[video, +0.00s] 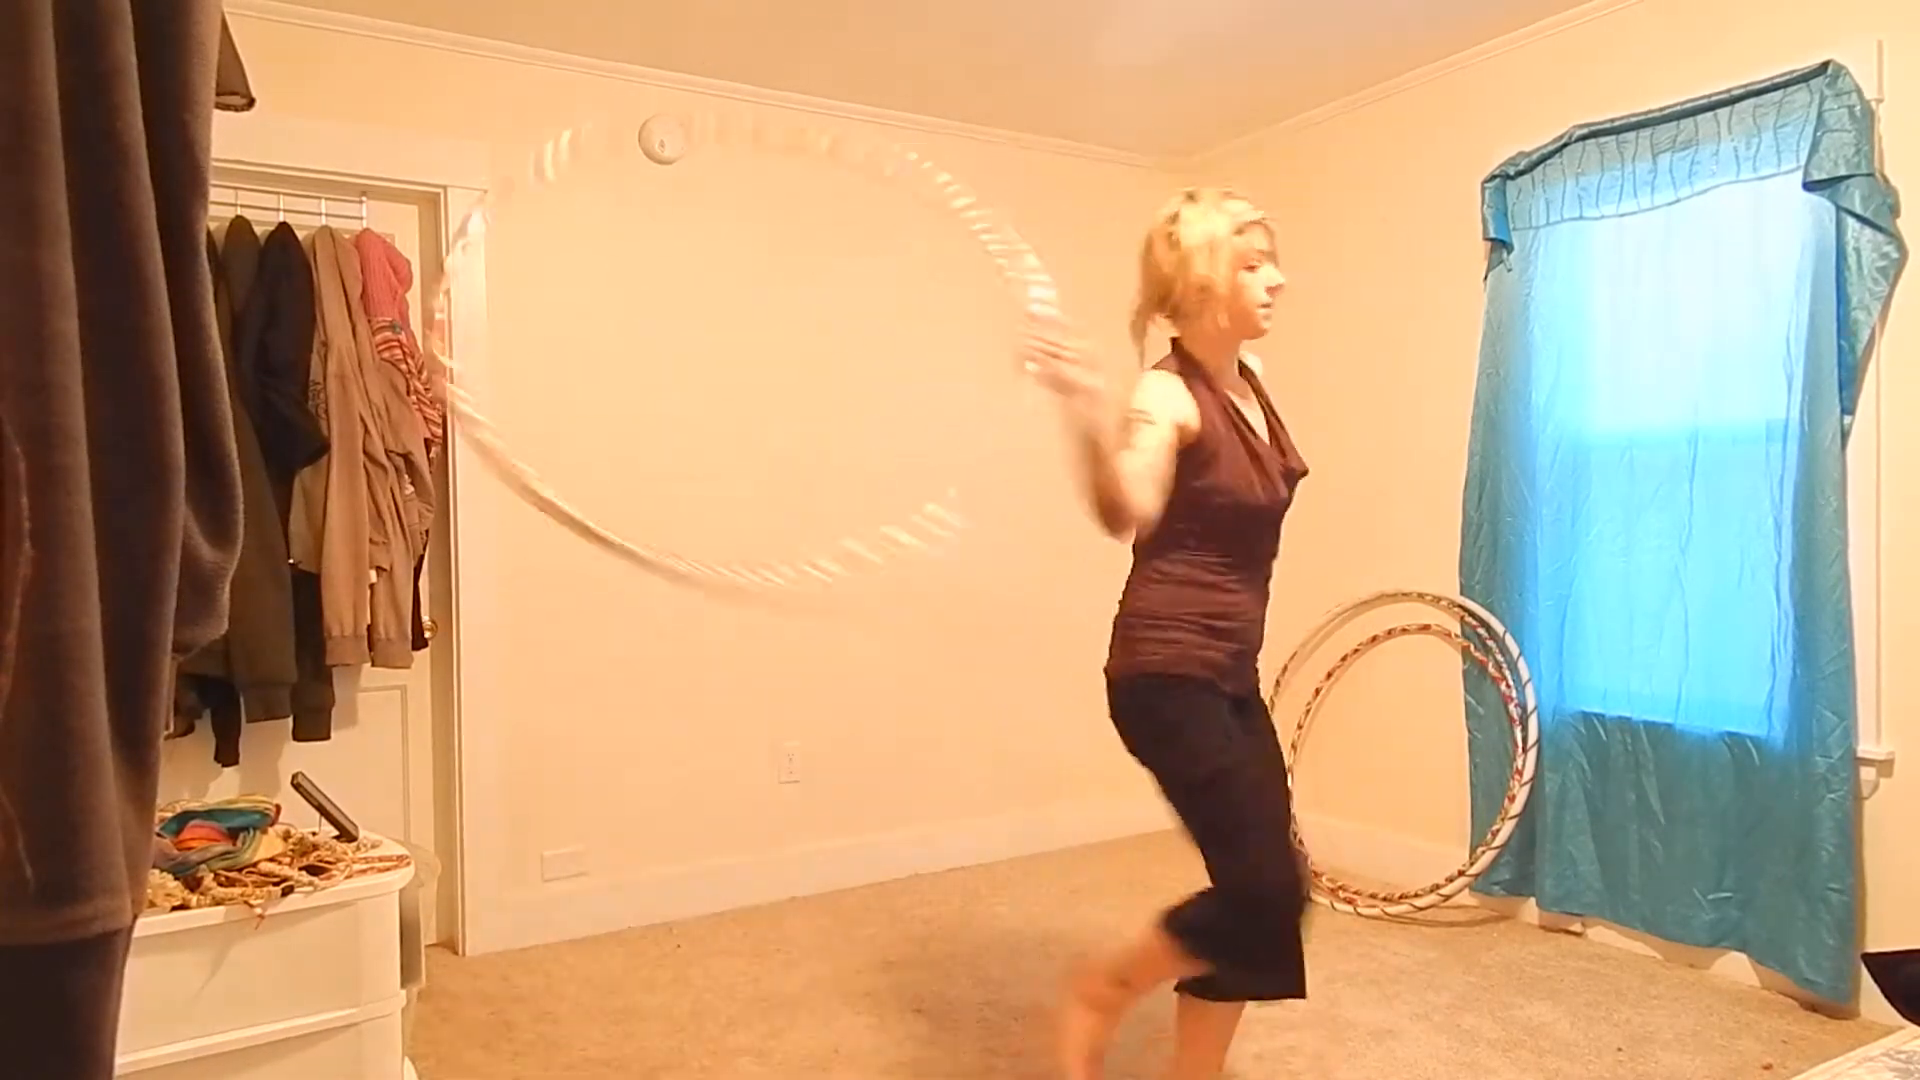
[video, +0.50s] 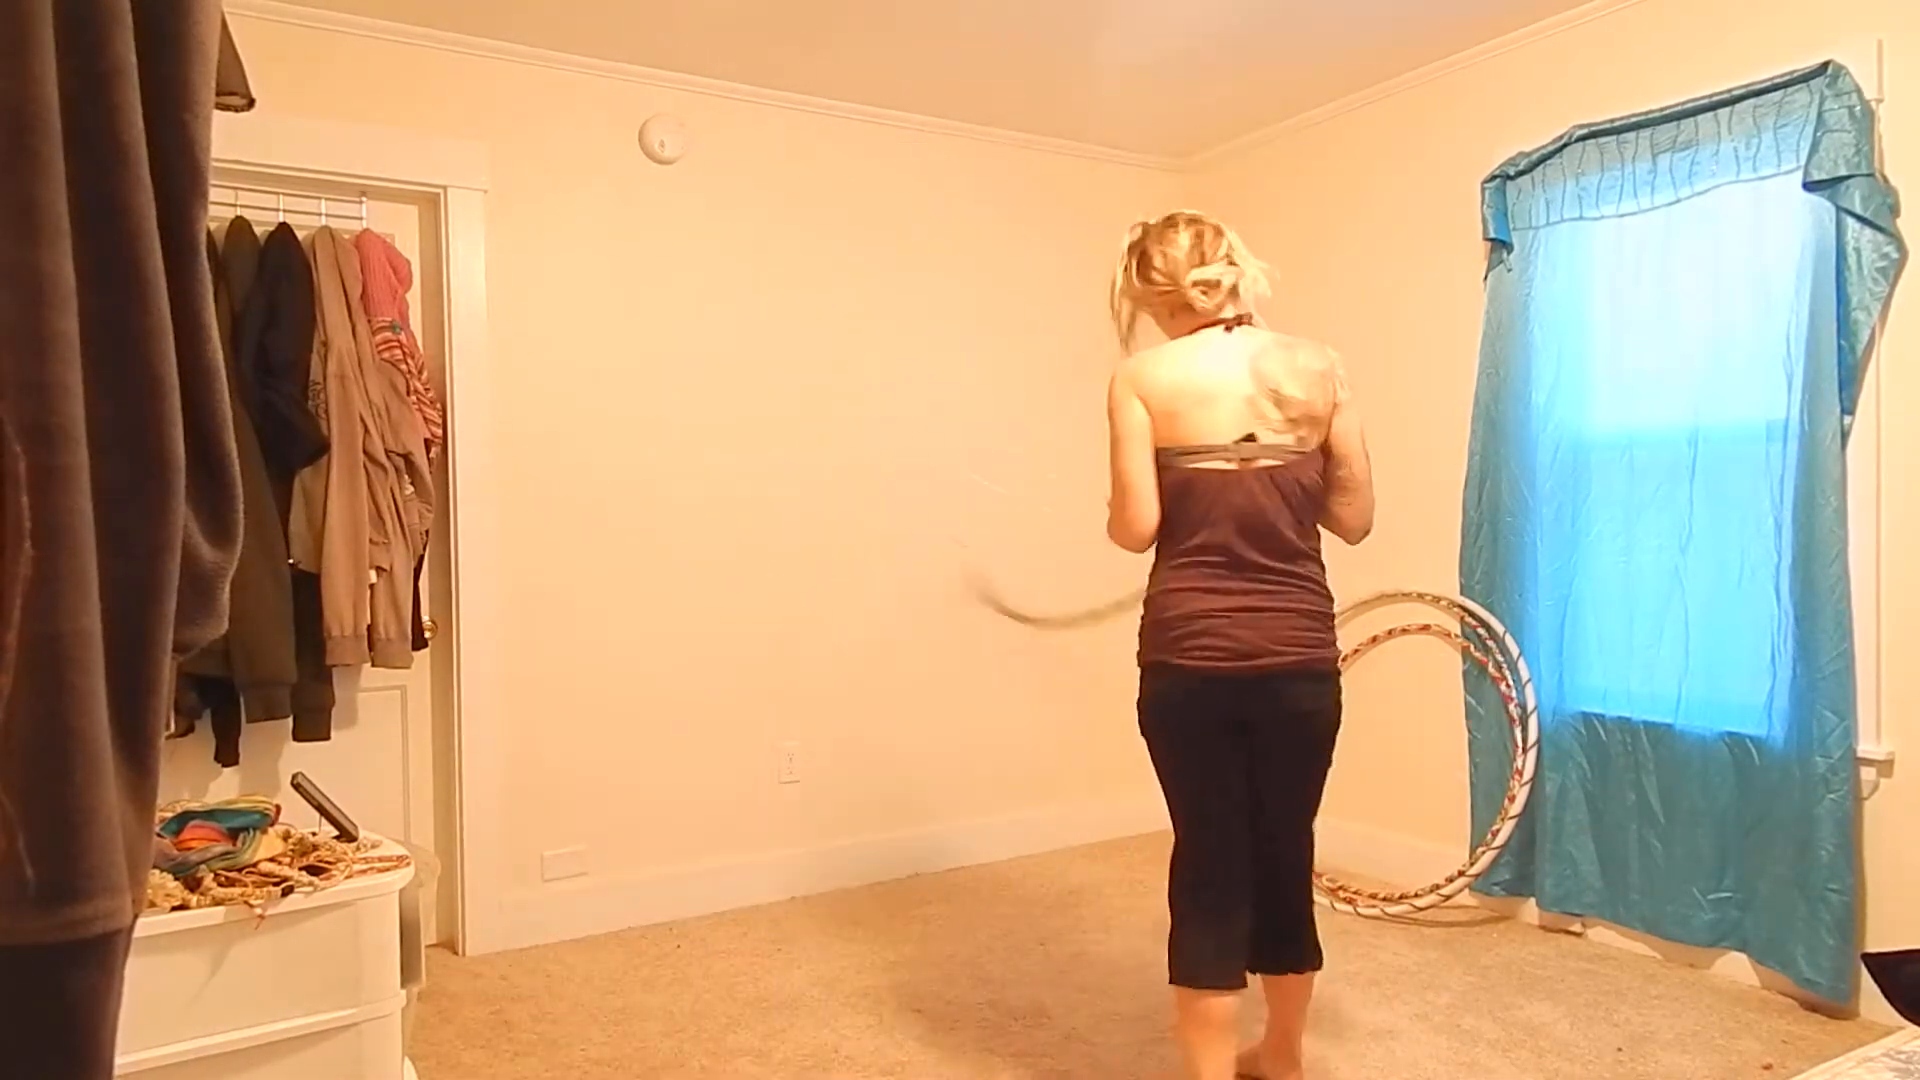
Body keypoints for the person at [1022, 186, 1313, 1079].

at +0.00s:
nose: (1274, 281)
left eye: (1273, 265)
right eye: (1256, 264)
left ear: (1239, 283)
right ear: (1199, 277)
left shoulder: (1245, 383)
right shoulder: (1165, 390)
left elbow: (1235, 517)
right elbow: (1124, 512)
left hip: (1230, 670)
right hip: (1165, 671)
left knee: (1267, 885)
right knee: (1261, 883)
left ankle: (1196, 1066)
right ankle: (1100, 989)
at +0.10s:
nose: (1303, 305)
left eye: (1304, 285)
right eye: (1293, 282)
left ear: (1233, 285)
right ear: (1239, 279)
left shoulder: (1223, 389)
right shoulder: (1178, 383)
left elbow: (1209, 548)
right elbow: (1205, 525)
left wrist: (1247, 644)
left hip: (1213, 668)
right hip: (1189, 672)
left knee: (1269, 878)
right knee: (1328, 863)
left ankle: (1198, 1051)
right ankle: (1195, 1047)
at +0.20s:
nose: (1295, 326)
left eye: (1297, 306)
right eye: (1292, 303)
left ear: (1222, 292)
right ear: (1251, 290)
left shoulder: (1166, 380)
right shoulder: (1212, 375)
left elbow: (1195, 549)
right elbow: (1247, 536)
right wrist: (1391, 500)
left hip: (1176, 675)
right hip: (1229, 673)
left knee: (1250, 886)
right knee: (1353, 861)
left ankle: (1194, 1069)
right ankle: (1304, 1067)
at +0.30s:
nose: (1277, 302)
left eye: (1277, 284)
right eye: (1274, 284)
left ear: (1183, 286)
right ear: (1250, 282)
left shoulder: (1140, 379)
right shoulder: (1259, 358)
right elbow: (1283, 527)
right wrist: (1370, 505)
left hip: (1169, 682)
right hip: (1265, 677)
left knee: (1225, 887)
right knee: (1320, 880)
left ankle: (1189, 1070)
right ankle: (1325, 1069)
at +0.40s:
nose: (1267, 283)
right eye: (1258, 267)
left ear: (1158, 286)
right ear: (1248, 274)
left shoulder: (1131, 380)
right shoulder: (1300, 356)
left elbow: (1132, 540)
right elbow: (1335, 517)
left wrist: (1210, 488)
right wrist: (1326, 439)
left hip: (1177, 675)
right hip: (1288, 669)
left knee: (1208, 876)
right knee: (1292, 868)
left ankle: (1188, 1067)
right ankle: (1300, 1057)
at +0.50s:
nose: (1131, 308)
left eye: (1132, 295)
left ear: (1146, 294)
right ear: (1236, 276)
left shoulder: (1141, 375)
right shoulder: (1315, 366)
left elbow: (1136, 526)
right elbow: (1352, 518)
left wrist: (1175, 463)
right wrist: (1283, 459)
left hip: (1189, 669)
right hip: (1299, 667)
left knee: (1206, 861)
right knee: (1286, 853)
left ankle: (1210, 1066)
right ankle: (1283, 1051)